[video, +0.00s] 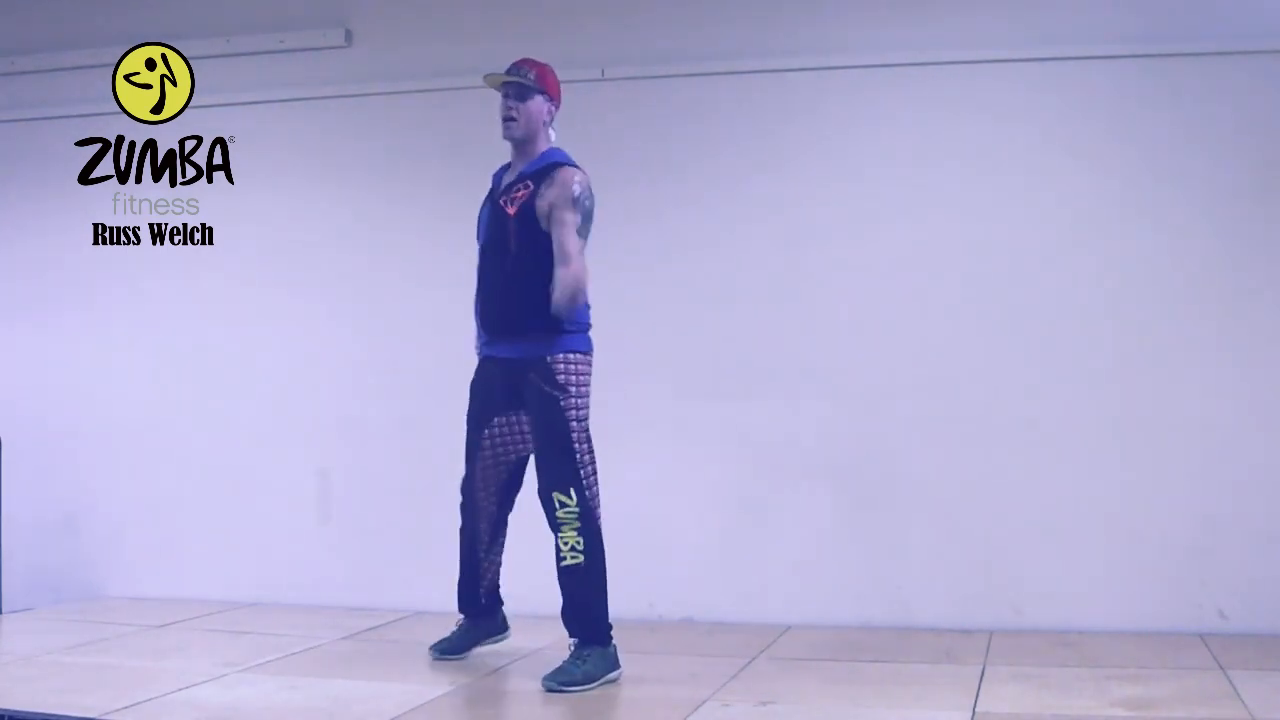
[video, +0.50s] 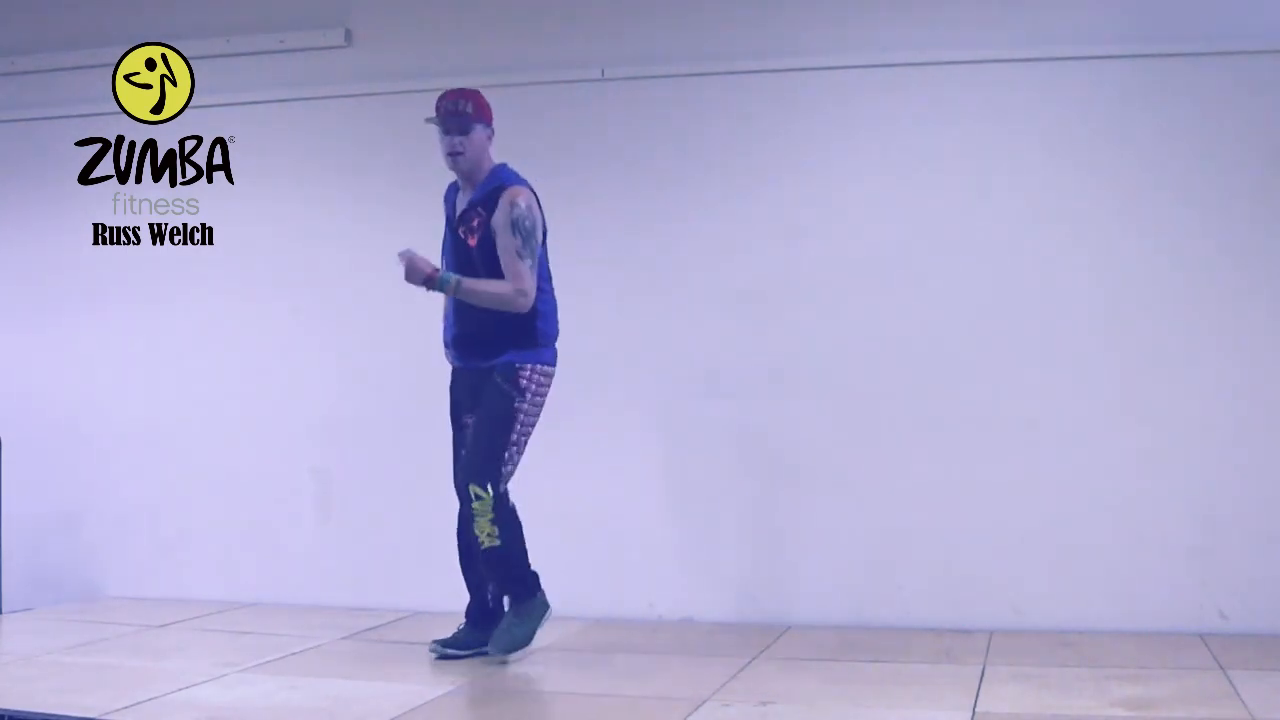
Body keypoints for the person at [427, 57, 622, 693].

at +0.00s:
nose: (508, 107)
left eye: (520, 98)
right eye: (504, 98)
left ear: (550, 108)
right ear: (501, 109)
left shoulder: (563, 179)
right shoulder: (501, 182)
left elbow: (571, 266)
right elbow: (498, 268)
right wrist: (493, 343)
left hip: (554, 360)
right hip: (500, 361)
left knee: (569, 500)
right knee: (482, 495)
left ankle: (594, 644)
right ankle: (482, 615)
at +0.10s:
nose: (505, 117)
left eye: (516, 108)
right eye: (500, 109)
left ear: (544, 117)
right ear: (496, 118)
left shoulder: (558, 187)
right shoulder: (494, 192)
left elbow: (551, 269)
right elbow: (485, 278)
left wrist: (535, 357)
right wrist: (474, 353)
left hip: (541, 364)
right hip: (489, 367)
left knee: (559, 505)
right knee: (483, 502)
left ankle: (593, 645)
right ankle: (483, 623)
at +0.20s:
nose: (488, 138)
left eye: (498, 127)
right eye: (481, 129)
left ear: (527, 129)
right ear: (476, 135)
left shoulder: (546, 202)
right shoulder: (482, 199)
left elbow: (517, 291)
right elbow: (463, 281)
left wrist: (475, 368)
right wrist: (455, 349)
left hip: (526, 370)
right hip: (476, 367)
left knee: (526, 499)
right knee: (472, 498)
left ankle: (581, 636)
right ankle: (485, 622)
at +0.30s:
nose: (469, 153)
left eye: (480, 143)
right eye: (463, 143)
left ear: (509, 143)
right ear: (459, 146)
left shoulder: (535, 211)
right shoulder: (468, 207)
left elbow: (516, 300)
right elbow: (455, 278)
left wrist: (438, 344)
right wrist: (449, 340)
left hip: (524, 365)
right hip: (472, 367)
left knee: (499, 474)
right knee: (464, 486)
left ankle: (556, 614)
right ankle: (485, 621)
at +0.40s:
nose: (455, 152)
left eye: (466, 141)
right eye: (448, 142)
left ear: (492, 144)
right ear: (441, 147)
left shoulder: (519, 208)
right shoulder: (456, 206)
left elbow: (519, 303)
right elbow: (469, 280)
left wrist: (434, 291)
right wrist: (456, 333)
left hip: (523, 366)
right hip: (472, 369)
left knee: (479, 469)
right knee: (461, 482)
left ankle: (531, 589)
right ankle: (484, 618)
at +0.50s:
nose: (451, 143)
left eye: (462, 132)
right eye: (444, 133)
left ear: (488, 134)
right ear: (437, 139)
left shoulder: (514, 200)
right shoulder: (456, 198)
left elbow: (521, 294)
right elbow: (472, 277)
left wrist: (439, 278)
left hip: (518, 362)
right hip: (472, 362)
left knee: (483, 482)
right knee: (469, 486)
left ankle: (525, 599)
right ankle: (483, 616)